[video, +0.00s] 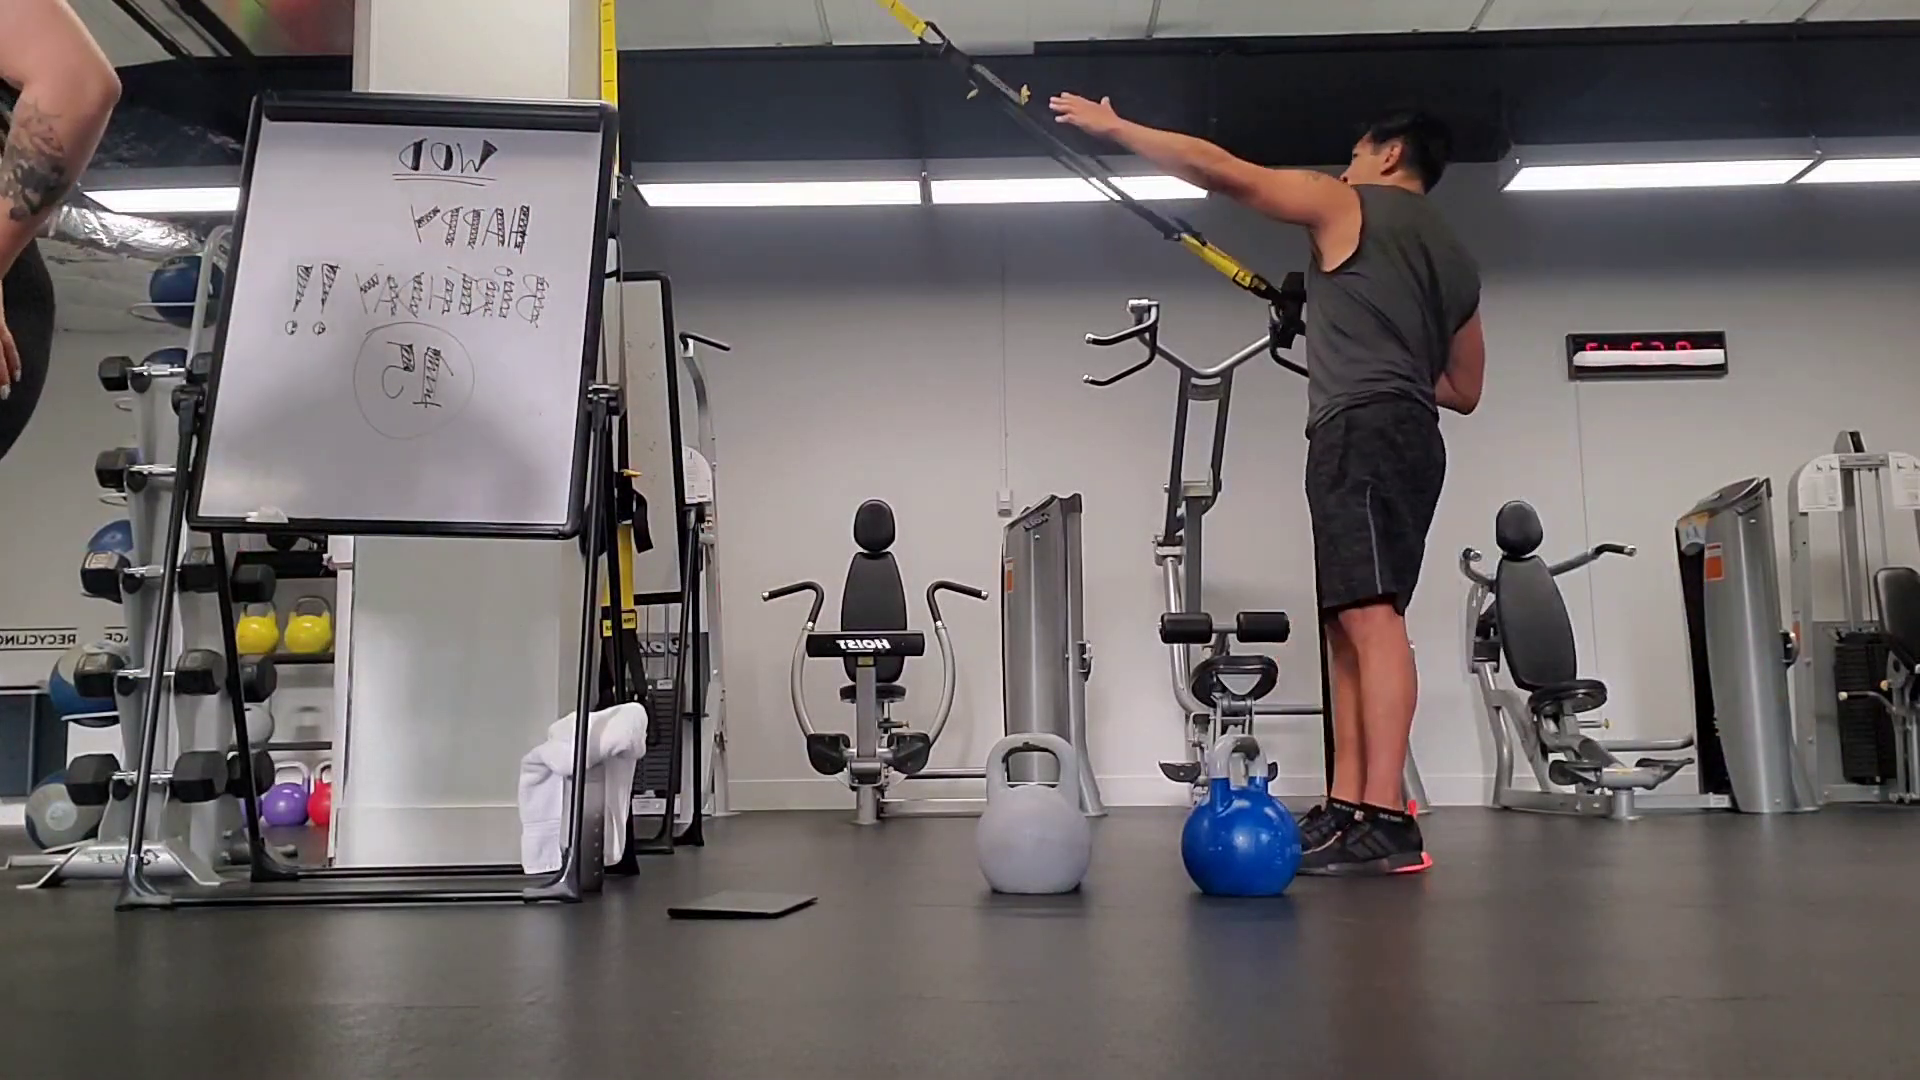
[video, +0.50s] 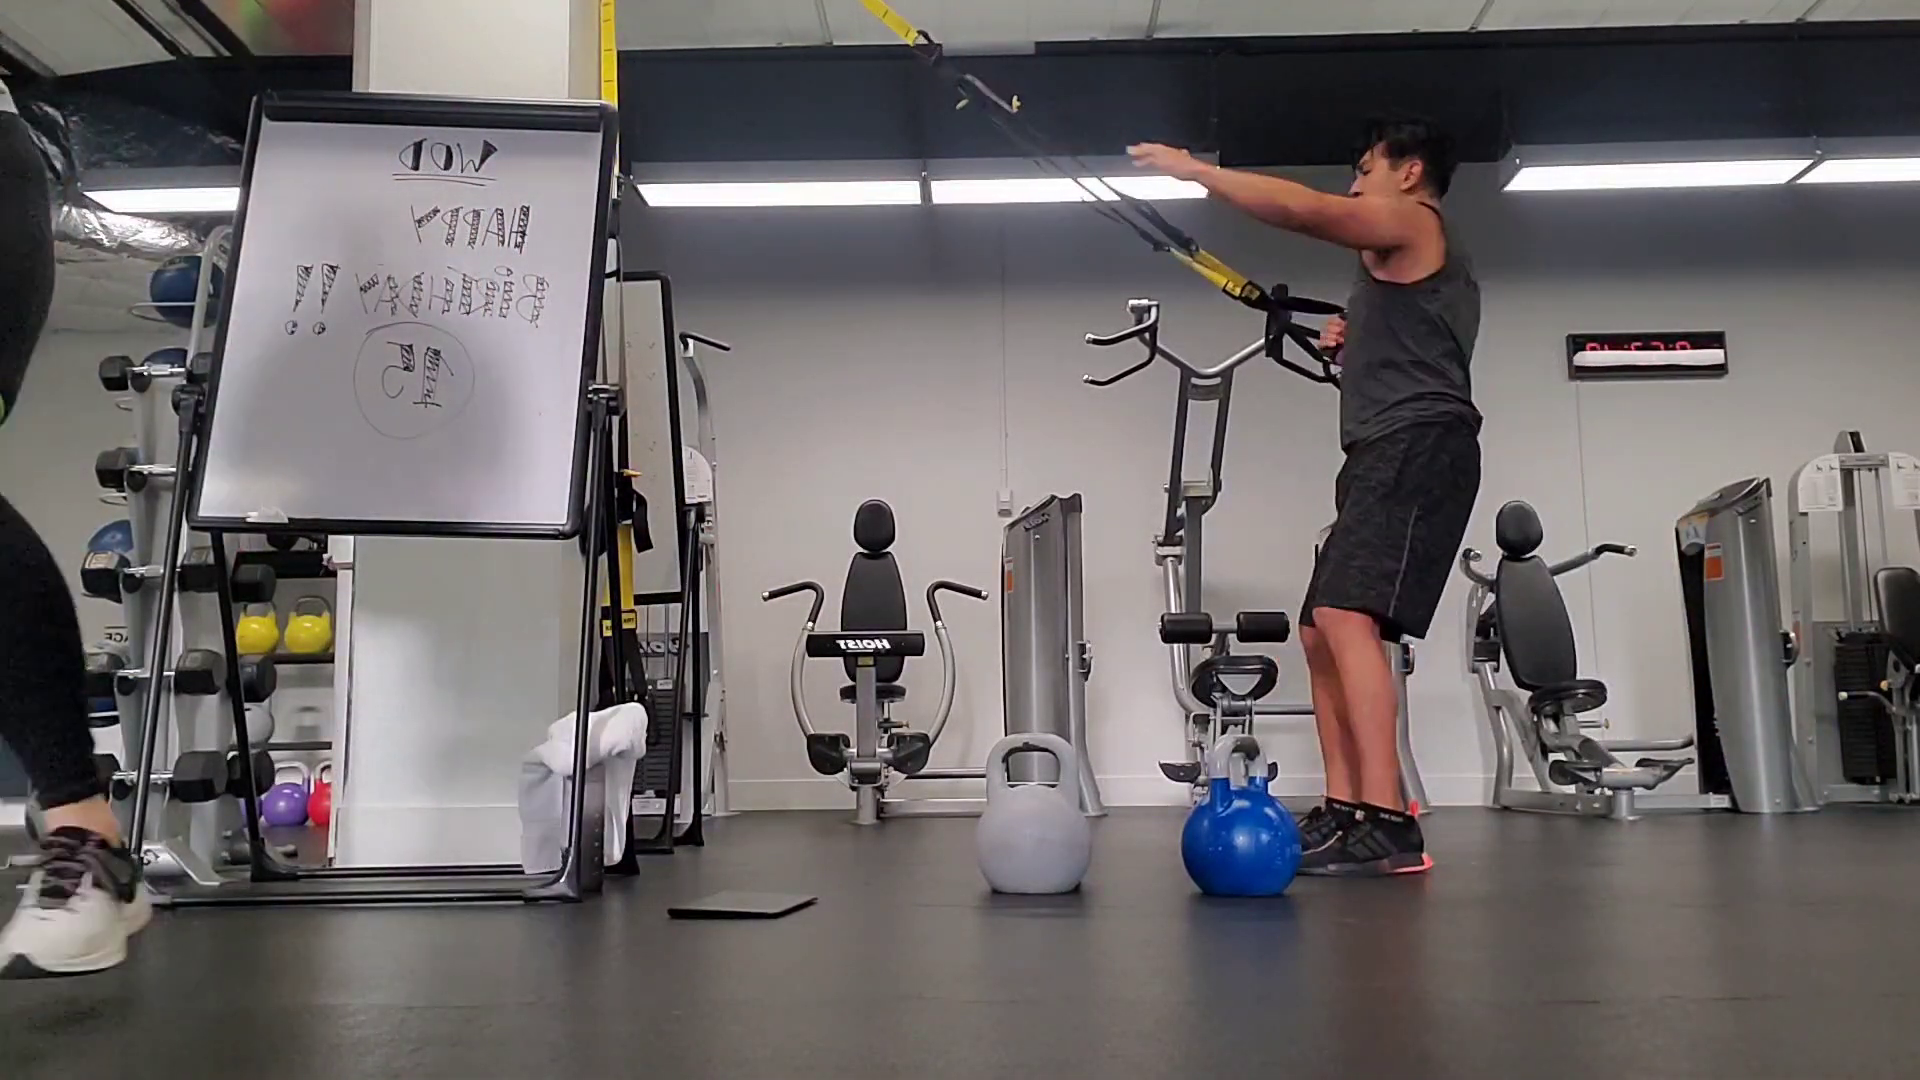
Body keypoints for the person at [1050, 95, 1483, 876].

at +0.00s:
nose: (1351, 163)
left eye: (1360, 151)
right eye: (1357, 153)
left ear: (1391, 152)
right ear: (1419, 167)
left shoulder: (1344, 202)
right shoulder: (1453, 257)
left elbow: (1221, 169)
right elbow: (1462, 390)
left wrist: (1113, 124)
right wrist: (1360, 350)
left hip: (1361, 431)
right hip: (1406, 437)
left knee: (1373, 617)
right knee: (1347, 620)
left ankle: (1388, 819)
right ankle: (1349, 806)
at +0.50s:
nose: (1355, 182)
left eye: (1365, 168)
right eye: (1358, 170)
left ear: (1409, 170)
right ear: (1412, 176)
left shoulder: (1409, 220)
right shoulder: (1417, 255)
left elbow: (1297, 209)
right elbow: (1424, 349)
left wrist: (1194, 169)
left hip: (1418, 441)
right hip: (1388, 448)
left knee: (1349, 619)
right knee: (1319, 626)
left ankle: (1387, 821)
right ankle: (1347, 812)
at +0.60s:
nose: (1384, 206)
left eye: (1397, 191)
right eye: (1385, 195)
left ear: (1445, 195)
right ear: (1430, 200)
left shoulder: (1469, 255)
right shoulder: (1417, 280)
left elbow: (1391, 270)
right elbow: (1399, 396)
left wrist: (1271, 230)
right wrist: (1361, 356)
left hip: (1447, 469)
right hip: (1398, 476)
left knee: (1334, 620)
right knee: (1293, 632)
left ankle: (1387, 822)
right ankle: (1346, 812)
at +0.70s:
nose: (1423, 250)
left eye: (1437, 233)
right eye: (1423, 237)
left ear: (1488, 238)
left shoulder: (1516, 307)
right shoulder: (1453, 341)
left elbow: (1513, 362)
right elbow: (1393, 439)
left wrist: (1379, 330)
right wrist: (1363, 369)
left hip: (1473, 515)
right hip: (1418, 520)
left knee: (1326, 624)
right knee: (1279, 636)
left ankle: (1388, 822)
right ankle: (1345, 811)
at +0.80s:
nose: (1467, 302)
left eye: (1481, 286)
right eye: (1466, 291)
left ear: (1536, 291)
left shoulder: (1572, 379)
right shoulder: (1483, 395)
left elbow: (1602, 468)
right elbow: (1394, 449)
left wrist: (1522, 461)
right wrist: (1365, 372)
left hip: (1501, 575)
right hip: (1446, 571)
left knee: (1329, 626)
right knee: (1276, 640)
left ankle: (1388, 824)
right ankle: (1342, 810)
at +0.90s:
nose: (1512, 358)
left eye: (1528, 341)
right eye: (1511, 344)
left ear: (1582, 351)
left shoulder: (1623, 448)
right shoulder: (1503, 440)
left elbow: (1692, 554)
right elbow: (1405, 462)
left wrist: (1678, 592)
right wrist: (1365, 391)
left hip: (1526, 638)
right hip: (1462, 627)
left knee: (1347, 623)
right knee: (1286, 639)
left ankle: (1390, 823)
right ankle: (1339, 813)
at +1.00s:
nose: (1548, 410)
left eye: (1564, 394)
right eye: (1547, 397)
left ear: (1622, 404)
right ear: (1552, 407)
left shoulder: (1663, 510)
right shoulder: (1524, 479)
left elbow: (1734, 612)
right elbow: (1416, 470)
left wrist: (1780, 676)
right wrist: (1362, 397)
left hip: (1547, 695)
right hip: (1481, 682)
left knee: (1382, 620)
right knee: (1308, 639)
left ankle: (1395, 824)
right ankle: (1341, 811)